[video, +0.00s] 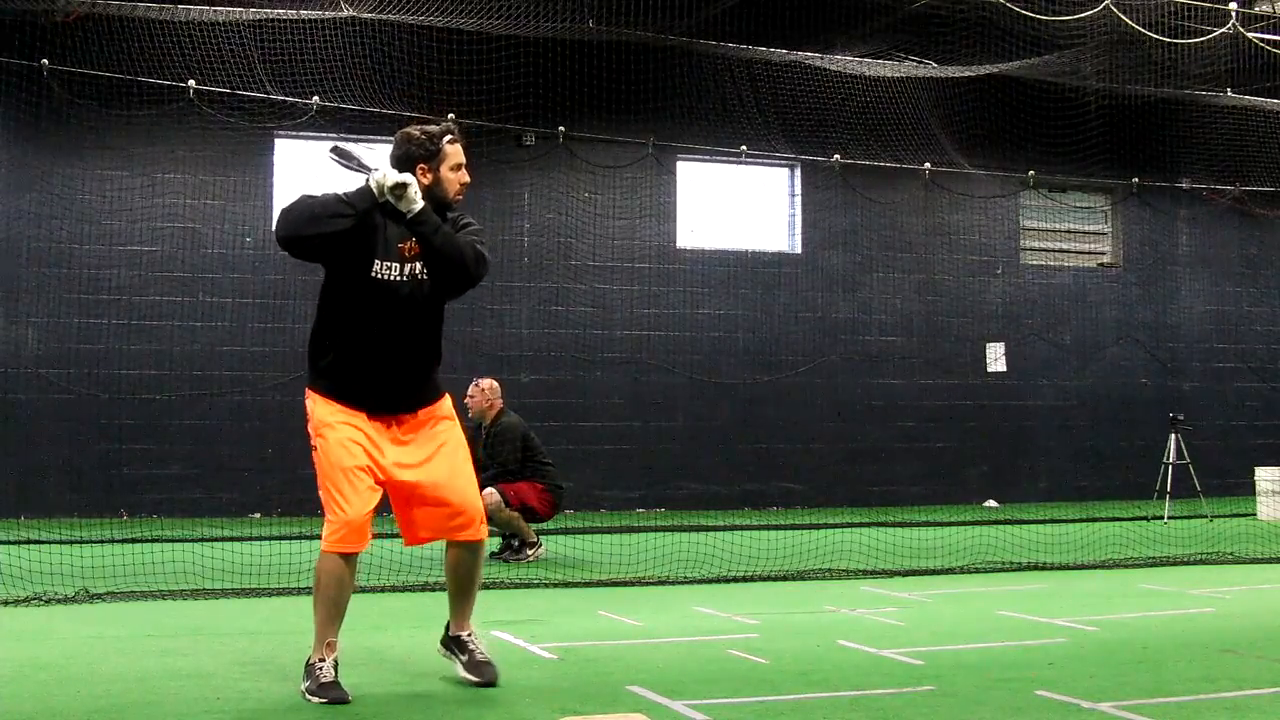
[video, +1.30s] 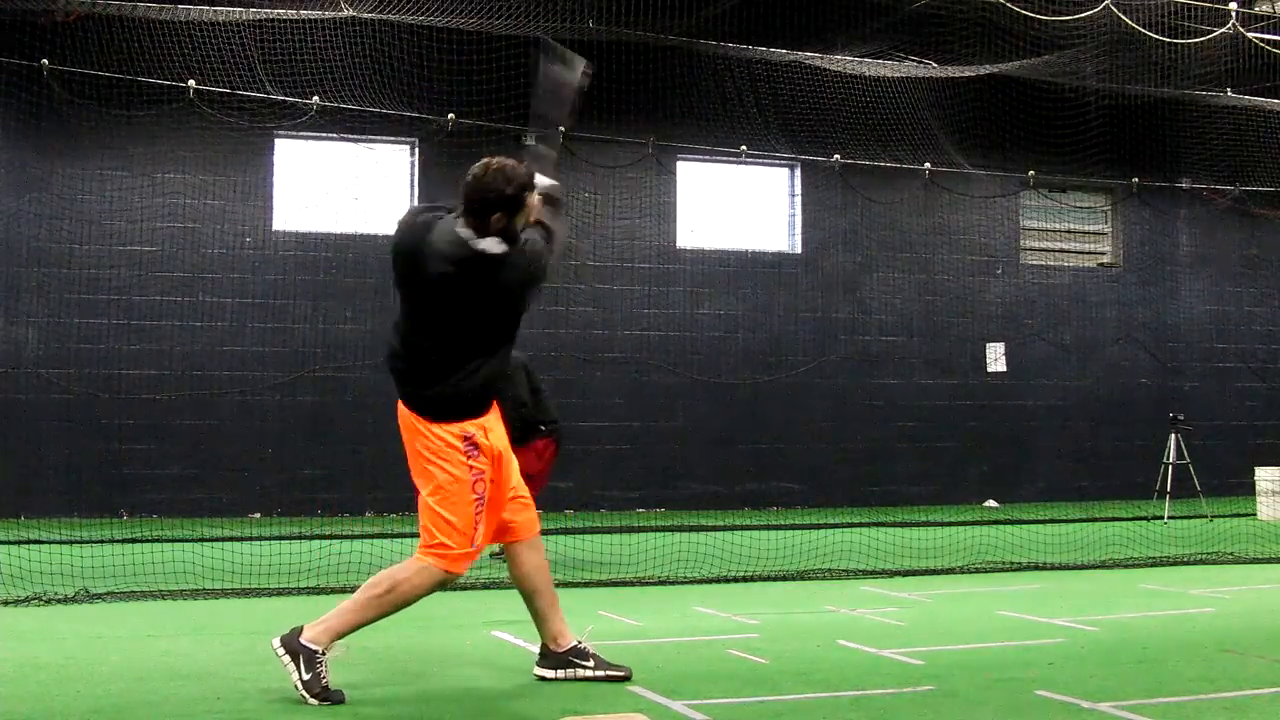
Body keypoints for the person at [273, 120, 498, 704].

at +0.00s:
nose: (465, 177)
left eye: (465, 167)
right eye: (457, 168)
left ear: (435, 172)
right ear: (423, 171)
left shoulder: (455, 231)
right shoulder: (358, 219)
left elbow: (466, 273)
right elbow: (288, 229)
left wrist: (417, 209)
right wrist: (368, 194)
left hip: (423, 405)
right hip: (344, 404)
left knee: (469, 520)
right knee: (349, 524)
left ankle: (460, 633)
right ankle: (323, 658)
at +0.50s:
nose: (474, 197)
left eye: (474, 186)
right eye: (465, 188)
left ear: (442, 191)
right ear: (430, 192)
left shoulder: (464, 249)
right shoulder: (361, 226)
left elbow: (457, 320)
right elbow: (283, 277)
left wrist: (399, 290)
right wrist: (351, 262)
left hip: (425, 417)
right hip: (348, 410)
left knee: (449, 532)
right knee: (357, 524)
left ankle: (433, 648)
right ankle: (322, 660)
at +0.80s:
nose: (486, 216)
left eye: (486, 205)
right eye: (476, 206)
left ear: (450, 208)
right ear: (439, 209)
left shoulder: (474, 264)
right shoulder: (376, 234)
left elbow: (442, 338)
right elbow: (285, 255)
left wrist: (354, 320)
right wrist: (322, 273)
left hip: (449, 409)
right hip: (365, 416)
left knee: (519, 494)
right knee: (356, 530)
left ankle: (511, 619)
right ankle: (325, 659)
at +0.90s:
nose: (494, 225)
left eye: (494, 213)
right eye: (484, 215)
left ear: (471, 215)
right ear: (446, 218)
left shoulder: (484, 275)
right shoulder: (386, 244)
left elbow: (430, 331)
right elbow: (292, 240)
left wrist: (346, 292)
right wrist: (328, 244)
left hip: (470, 418)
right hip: (385, 423)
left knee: (541, 515)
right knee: (366, 533)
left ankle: (548, 641)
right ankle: (324, 658)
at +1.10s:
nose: (512, 232)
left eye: (512, 222)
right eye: (503, 225)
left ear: (497, 218)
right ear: (468, 226)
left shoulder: (499, 249)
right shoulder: (430, 282)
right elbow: (453, 374)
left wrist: (552, 346)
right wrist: (519, 374)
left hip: (484, 420)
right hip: (434, 427)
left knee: (530, 523)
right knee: (450, 557)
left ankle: (558, 648)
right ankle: (324, 637)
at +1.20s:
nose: (520, 229)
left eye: (519, 221)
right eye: (513, 223)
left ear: (466, 217)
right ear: (484, 226)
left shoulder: (447, 232)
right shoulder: (454, 273)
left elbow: (536, 260)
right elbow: (541, 311)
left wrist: (601, 279)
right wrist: (613, 301)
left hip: (471, 408)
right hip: (437, 419)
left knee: (510, 532)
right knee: (450, 554)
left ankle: (555, 647)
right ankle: (321, 637)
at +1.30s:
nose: (534, 211)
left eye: (532, 201)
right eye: (529, 205)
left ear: (470, 206)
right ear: (509, 218)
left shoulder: (417, 231)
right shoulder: (517, 267)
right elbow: (545, 230)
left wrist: (513, 206)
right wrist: (544, 198)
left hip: (476, 413)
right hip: (445, 423)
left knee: (520, 524)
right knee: (444, 559)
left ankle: (560, 648)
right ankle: (309, 641)